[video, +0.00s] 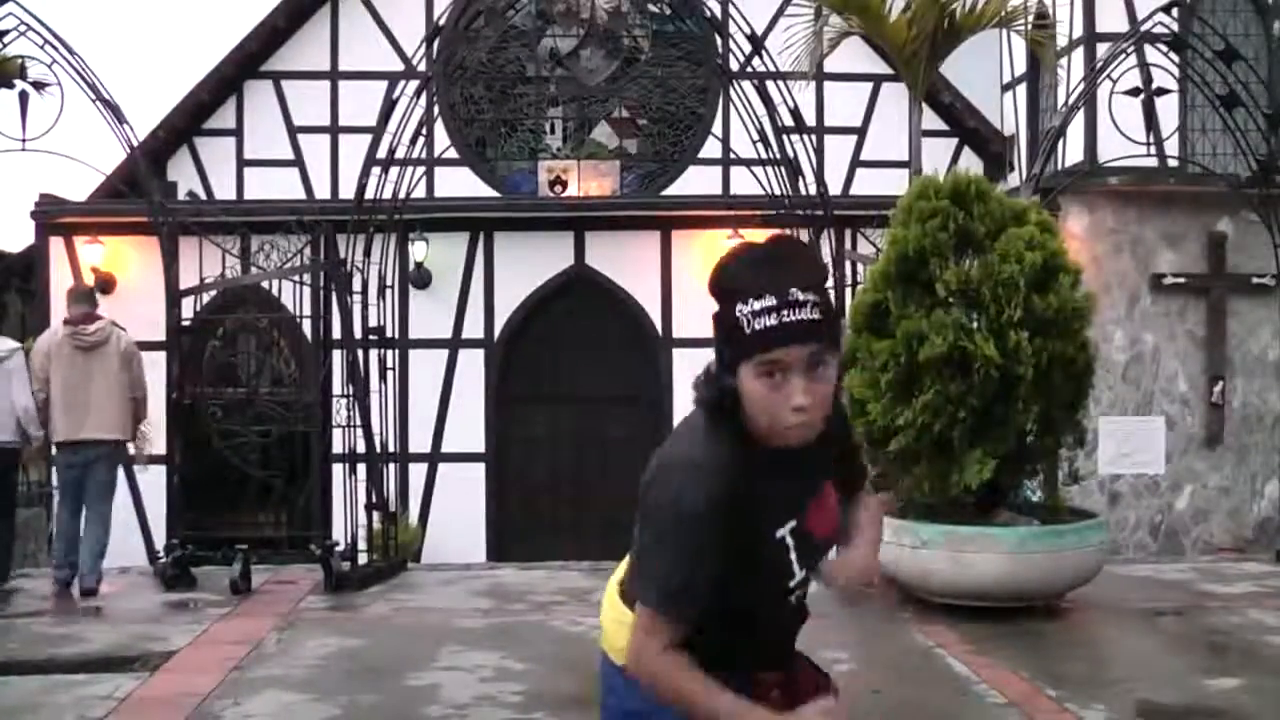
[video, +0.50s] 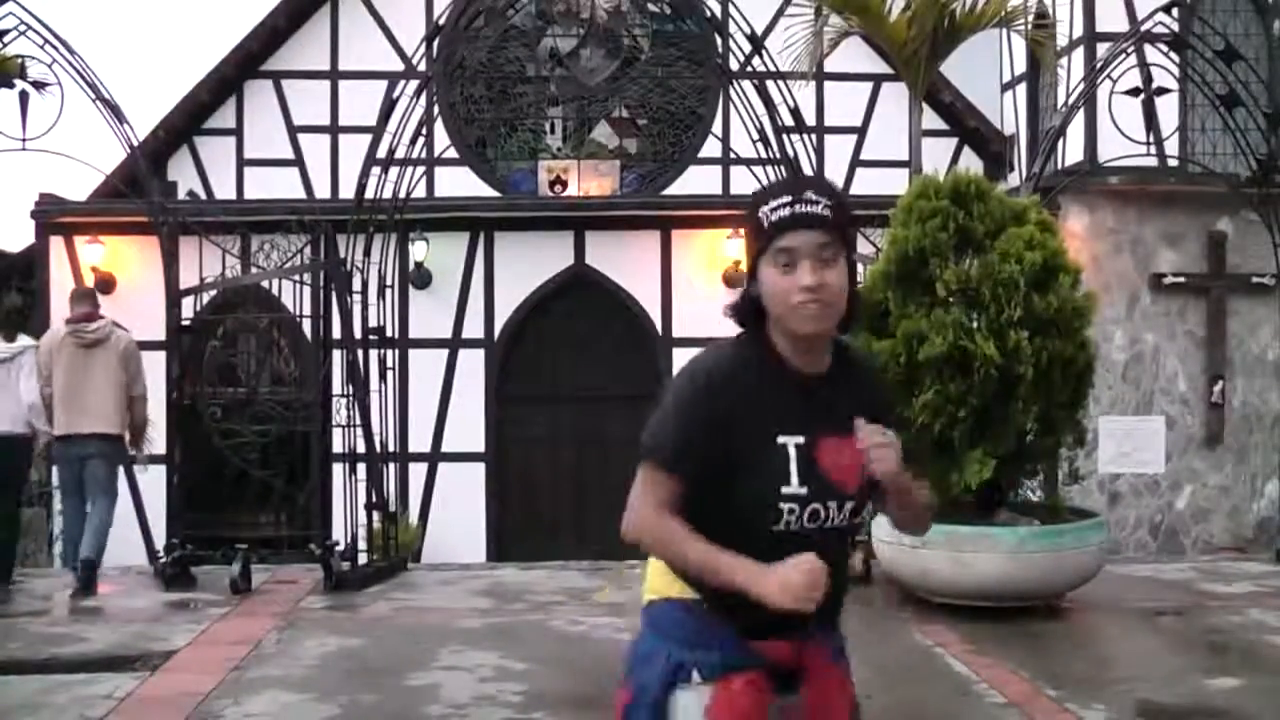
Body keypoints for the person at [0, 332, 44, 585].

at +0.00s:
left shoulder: (12, 352)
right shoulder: (11, 352)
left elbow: (22, 402)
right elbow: (23, 402)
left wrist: (35, 434)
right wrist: (36, 434)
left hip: (9, 444)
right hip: (7, 444)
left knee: (7, 515)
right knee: (6, 515)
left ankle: (4, 575)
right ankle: (3, 576)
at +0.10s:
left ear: (6, 329)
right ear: (6, 326)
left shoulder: (14, 355)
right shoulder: (13, 355)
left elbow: (24, 404)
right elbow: (25, 404)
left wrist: (38, 434)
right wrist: (39, 434)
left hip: (9, 447)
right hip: (7, 446)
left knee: (7, 516)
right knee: (6, 516)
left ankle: (4, 575)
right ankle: (3, 576)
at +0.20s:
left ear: (5, 332)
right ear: (16, 331)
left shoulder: (18, 358)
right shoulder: (18, 359)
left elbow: (26, 403)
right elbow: (27, 404)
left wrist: (39, 434)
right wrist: (41, 435)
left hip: (10, 445)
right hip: (10, 444)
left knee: (7, 516)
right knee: (7, 516)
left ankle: (5, 578)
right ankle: (4, 579)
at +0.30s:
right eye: (16, 320)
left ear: (3, 328)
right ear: (18, 327)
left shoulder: (19, 358)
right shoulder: (20, 358)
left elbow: (27, 403)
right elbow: (27, 402)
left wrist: (40, 435)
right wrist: (41, 435)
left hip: (12, 442)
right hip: (12, 442)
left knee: (8, 514)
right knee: (8, 514)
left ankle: (5, 579)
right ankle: (4, 579)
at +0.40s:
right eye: (17, 314)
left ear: (3, 322)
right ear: (19, 322)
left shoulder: (20, 354)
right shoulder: (22, 354)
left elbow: (28, 400)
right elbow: (29, 400)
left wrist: (40, 433)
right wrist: (42, 433)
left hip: (11, 438)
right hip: (13, 438)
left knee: (9, 513)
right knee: (9, 513)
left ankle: (5, 579)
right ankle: (4, 580)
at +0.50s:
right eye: (21, 314)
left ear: (4, 320)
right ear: (22, 320)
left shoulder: (22, 349)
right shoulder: (25, 349)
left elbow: (31, 397)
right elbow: (31, 397)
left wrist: (42, 429)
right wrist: (43, 429)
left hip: (12, 436)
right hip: (14, 437)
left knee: (11, 508)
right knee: (10, 509)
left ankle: (6, 578)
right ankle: (5, 578)